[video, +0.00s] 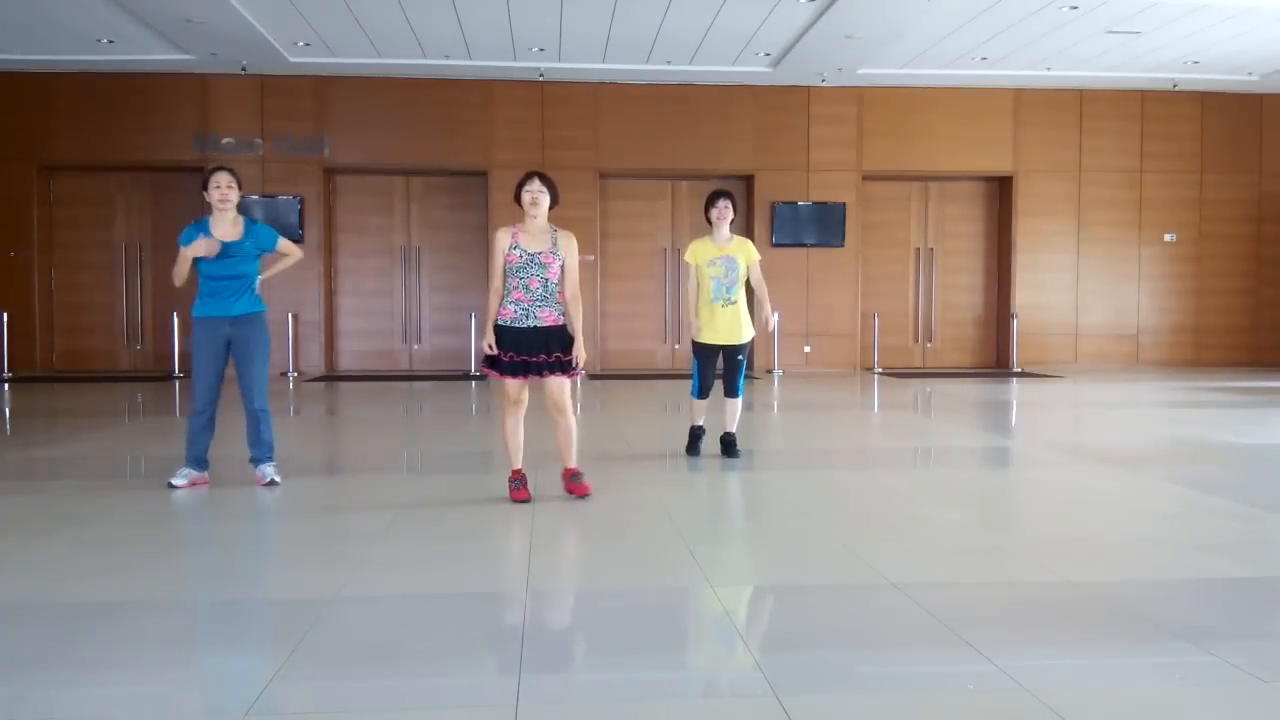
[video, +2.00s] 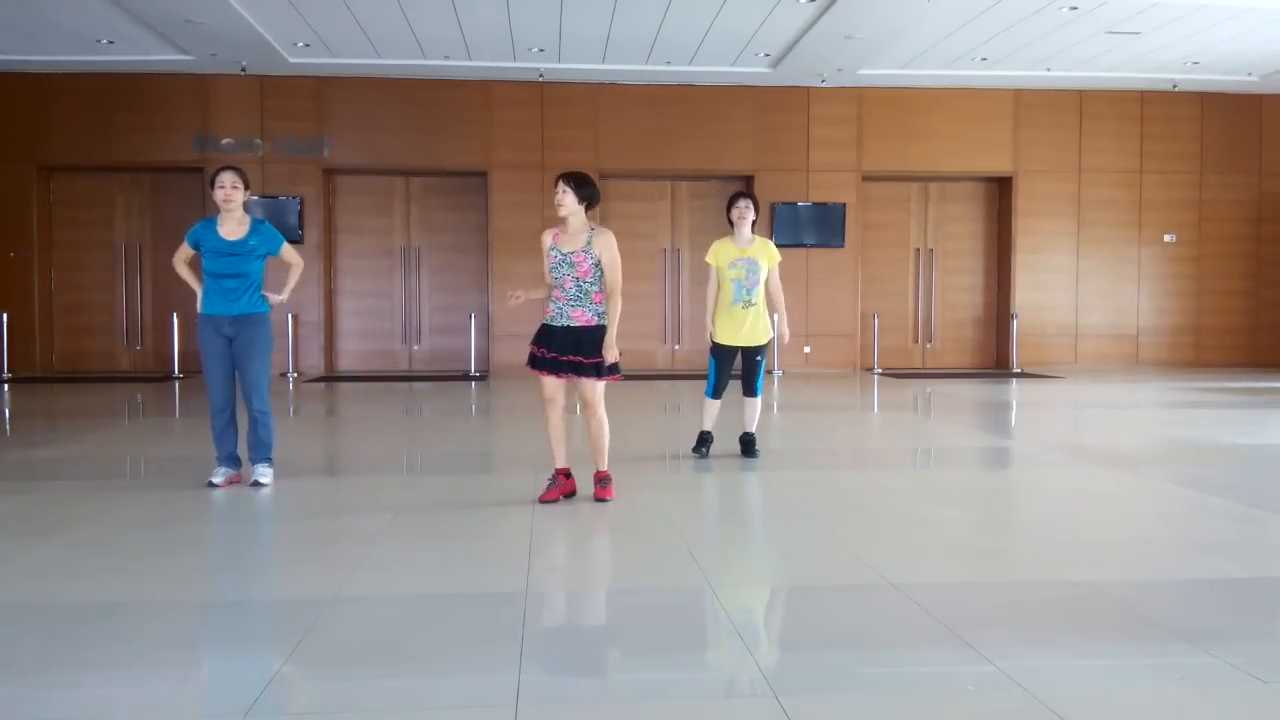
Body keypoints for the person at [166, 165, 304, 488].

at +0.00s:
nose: (223, 192)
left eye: (229, 187)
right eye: (217, 187)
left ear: (239, 194)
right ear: (206, 194)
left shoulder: (256, 231)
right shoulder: (194, 232)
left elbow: (296, 253)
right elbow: (178, 280)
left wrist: (263, 276)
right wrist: (190, 252)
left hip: (250, 321)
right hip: (208, 321)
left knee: (256, 398)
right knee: (203, 399)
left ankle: (264, 464)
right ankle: (196, 467)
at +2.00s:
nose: (227, 192)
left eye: (233, 187)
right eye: (221, 187)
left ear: (245, 193)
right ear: (213, 194)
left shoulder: (262, 230)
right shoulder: (203, 230)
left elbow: (297, 262)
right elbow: (178, 260)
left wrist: (283, 295)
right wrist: (199, 289)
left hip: (252, 321)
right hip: (212, 322)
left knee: (256, 397)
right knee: (219, 398)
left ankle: (262, 464)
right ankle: (228, 465)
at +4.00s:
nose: (258, 199)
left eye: (261, 193)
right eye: (252, 193)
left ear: (262, 196)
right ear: (232, 194)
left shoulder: (270, 233)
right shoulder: (210, 231)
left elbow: (300, 266)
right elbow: (175, 261)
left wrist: (293, 298)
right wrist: (204, 288)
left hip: (264, 321)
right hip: (222, 322)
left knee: (263, 396)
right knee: (223, 397)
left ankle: (268, 464)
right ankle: (224, 465)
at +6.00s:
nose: (247, 197)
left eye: (247, 191)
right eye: (240, 191)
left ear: (244, 195)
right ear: (220, 195)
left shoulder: (257, 233)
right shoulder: (200, 232)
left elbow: (275, 277)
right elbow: (163, 264)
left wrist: (291, 318)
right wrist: (195, 290)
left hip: (255, 322)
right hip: (215, 323)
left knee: (251, 395)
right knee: (217, 394)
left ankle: (250, 461)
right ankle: (216, 465)